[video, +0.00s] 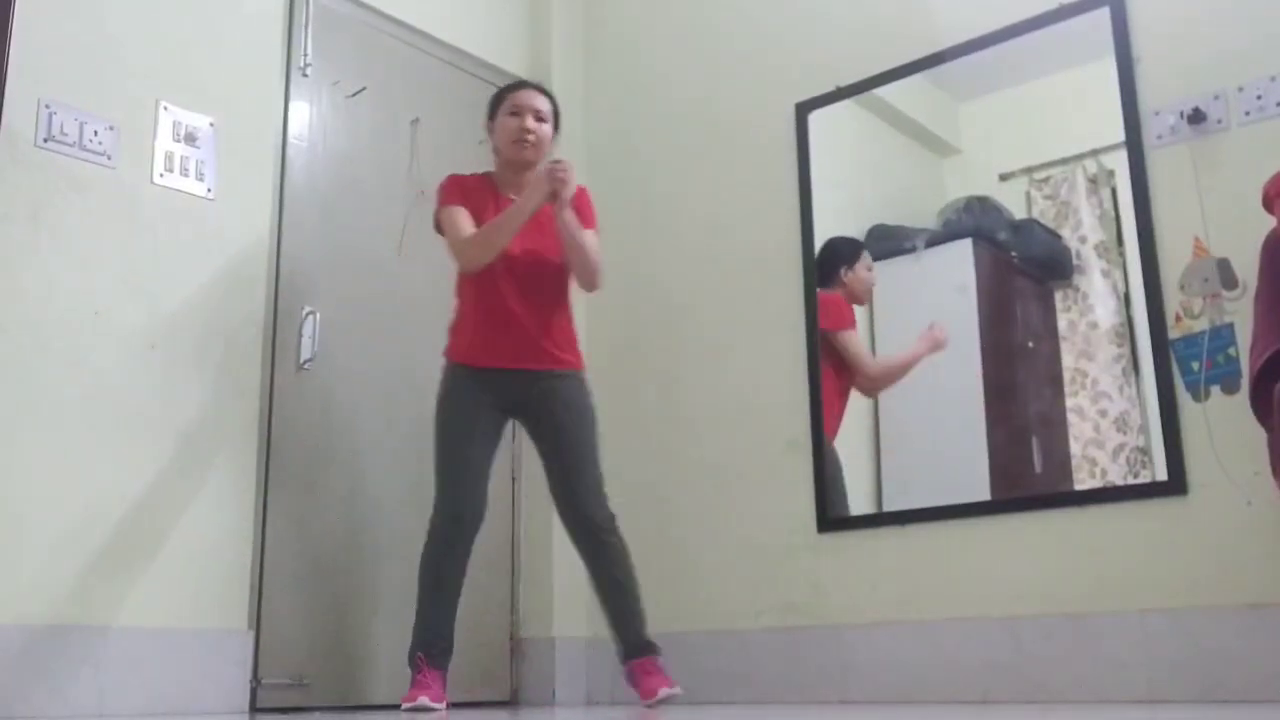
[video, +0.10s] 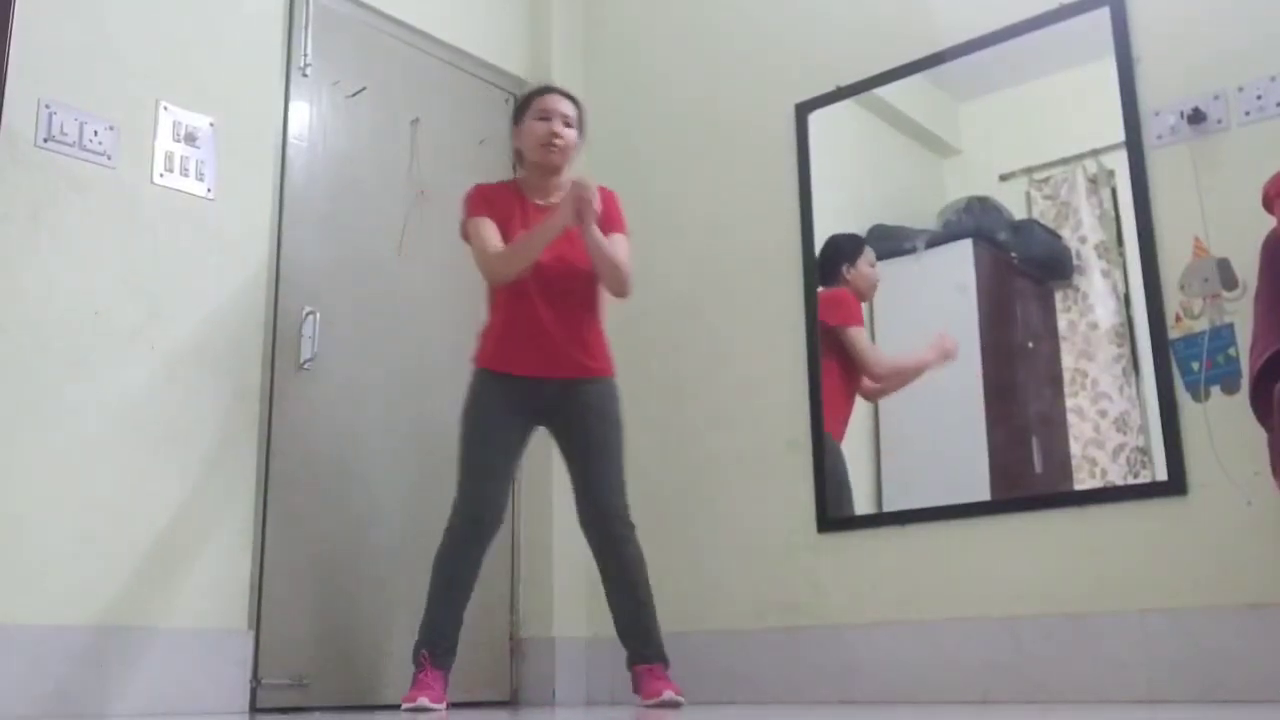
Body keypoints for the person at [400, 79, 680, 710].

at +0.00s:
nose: (528, 124)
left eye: (540, 117)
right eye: (515, 114)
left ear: (554, 137)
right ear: (491, 128)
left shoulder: (572, 198)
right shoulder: (461, 190)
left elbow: (590, 277)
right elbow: (469, 255)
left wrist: (559, 203)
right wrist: (533, 195)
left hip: (554, 376)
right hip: (475, 375)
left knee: (590, 517)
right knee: (457, 514)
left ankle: (641, 660)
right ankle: (428, 672)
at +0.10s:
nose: (555, 128)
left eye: (567, 123)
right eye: (542, 117)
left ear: (579, 143)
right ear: (515, 134)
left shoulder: (597, 200)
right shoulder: (488, 198)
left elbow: (621, 284)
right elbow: (497, 269)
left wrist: (588, 224)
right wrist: (560, 217)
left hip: (584, 381)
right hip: (505, 379)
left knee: (608, 518)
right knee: (476, 515)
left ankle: (650, 667)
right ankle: (431, 670)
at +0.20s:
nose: (590, 133)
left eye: (599, 127)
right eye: (576, 122)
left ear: (608, 147)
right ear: (545, 137)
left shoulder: (626, 207)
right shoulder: (515, 207)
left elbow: (650, 291)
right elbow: (520, 294)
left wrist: (618, 298)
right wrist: (579, 294)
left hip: (614, 385)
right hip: (535, 382)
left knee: (631, 520)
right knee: (501, 511)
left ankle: (652, 667)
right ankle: (441, 661)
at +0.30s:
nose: (618, 144)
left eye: (625, 136)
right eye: (604, 131)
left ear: (630, 152)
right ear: (569, 141)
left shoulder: (644, 212)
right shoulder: (534, 212)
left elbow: (672, 297)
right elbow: (533, 301)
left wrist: (667, 375)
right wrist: (550, 377)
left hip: (631, 384)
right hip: (559, 381)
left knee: (639, 517)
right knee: (545, 499)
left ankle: (653, 667)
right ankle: (490, 638)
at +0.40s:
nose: (640, 146)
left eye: (646, 139)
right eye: (628, 133)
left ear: (646, 150)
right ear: (589, 138)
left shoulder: (655, 212)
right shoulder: (543, 211)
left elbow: (702, 299)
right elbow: (519, 308)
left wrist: (716, 389)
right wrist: (519, 392)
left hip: (644, 378)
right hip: (567, 374)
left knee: (642, 511)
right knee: (586, 486)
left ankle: (653, 666)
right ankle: (562, 630)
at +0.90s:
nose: (614, 140)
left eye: (626, 131)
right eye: (601, 130)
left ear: (643, 148)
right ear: (581, 148)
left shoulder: (666, 218)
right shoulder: (555, 216)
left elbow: (694, 305)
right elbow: (526, 303)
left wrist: (665, 337)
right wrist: (560, 323)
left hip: (651, 387)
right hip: (576, 385)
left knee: (646, 517)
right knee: (548, 492)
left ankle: (654, 666)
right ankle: (563, 609)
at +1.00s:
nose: (602, 132)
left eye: (613, 123)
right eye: (589, 124)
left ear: (633, 141)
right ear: (571, 143)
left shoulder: (655, 208)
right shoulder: (547, 204)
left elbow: (660, 299)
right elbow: (529, 288)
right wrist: (581, 254)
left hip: (637, 381)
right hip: (560, 379)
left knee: (639, 514)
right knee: (515, 501)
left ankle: (653, 666)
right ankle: (506, 637)